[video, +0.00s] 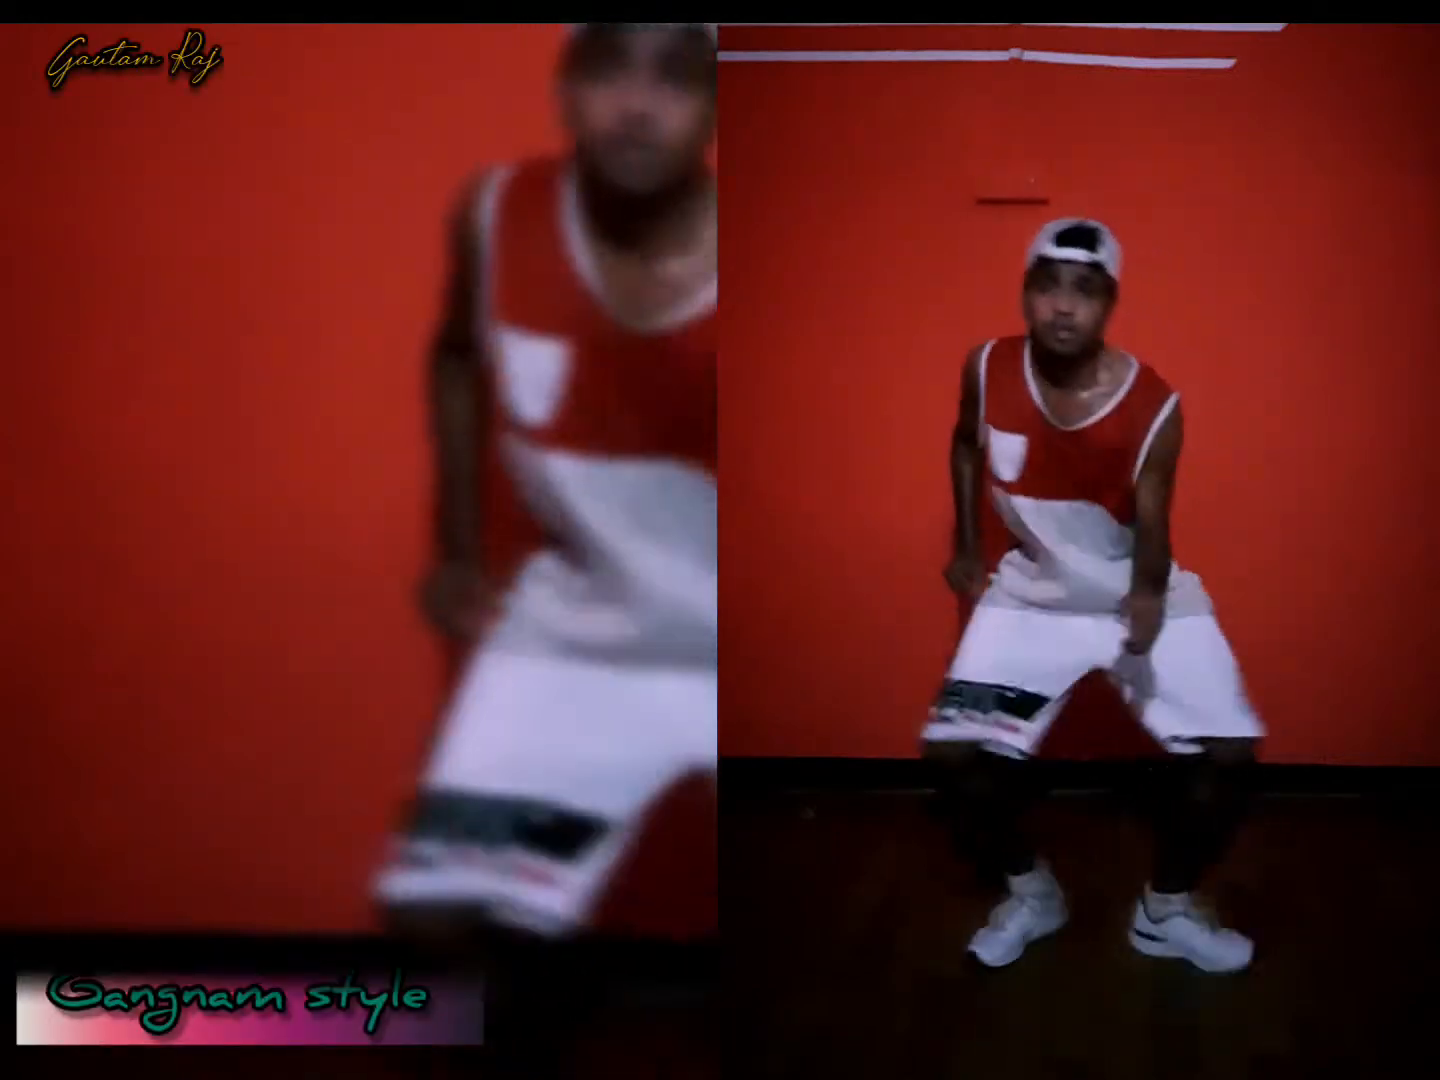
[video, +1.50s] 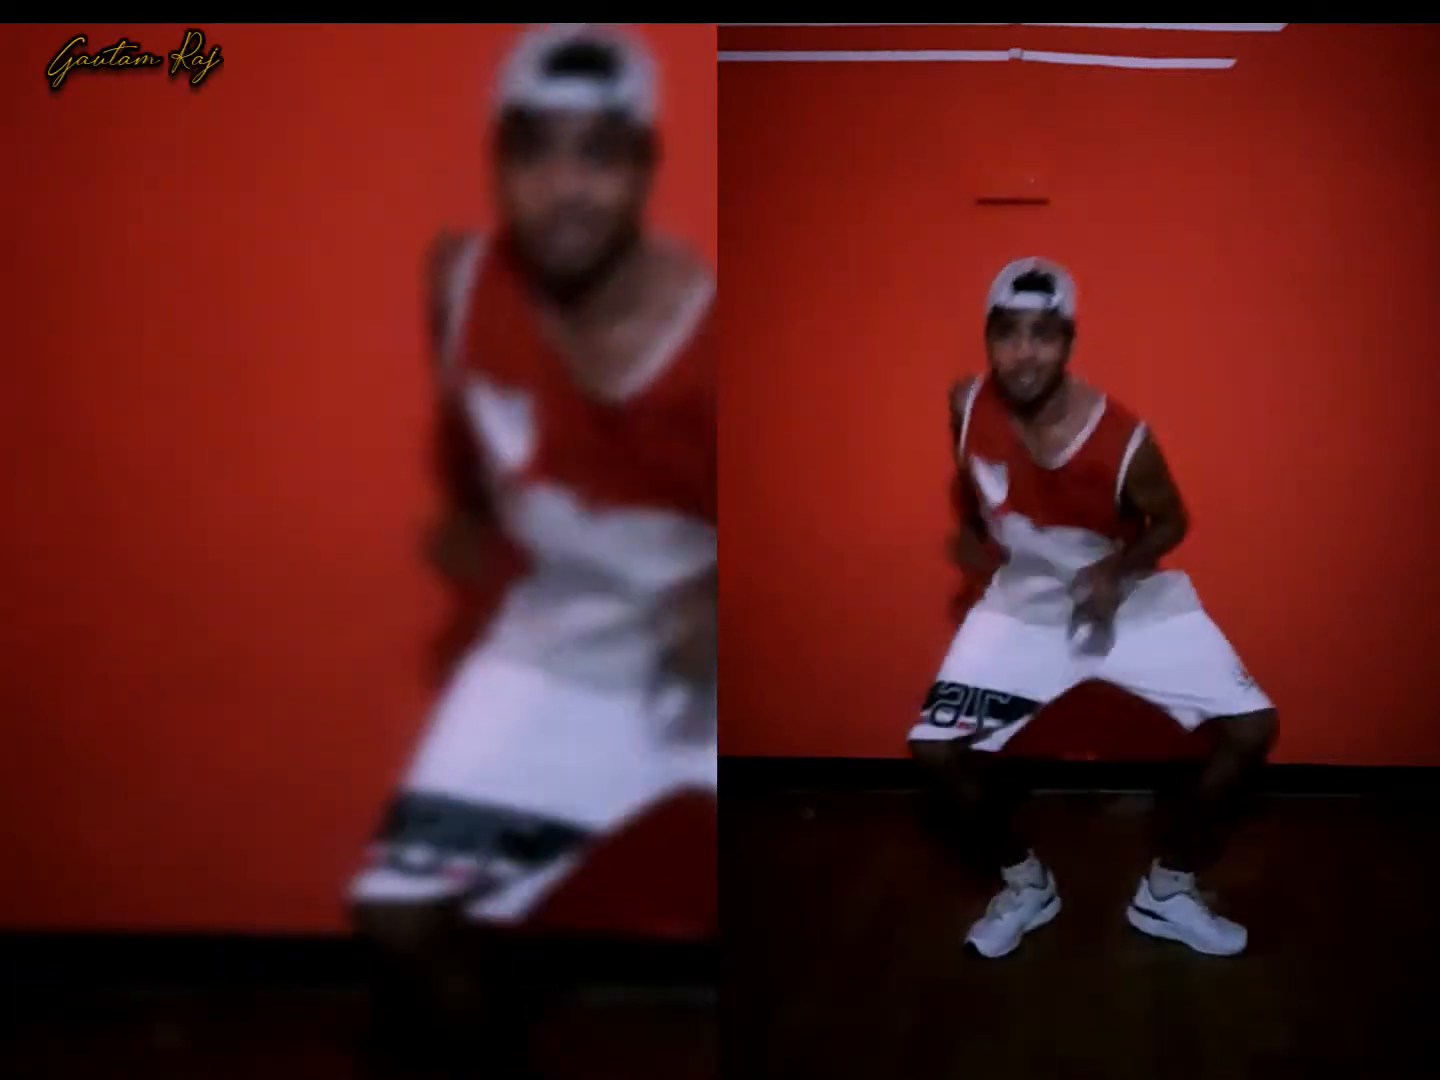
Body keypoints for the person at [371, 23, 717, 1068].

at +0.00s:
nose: (634, 106)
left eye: (673, 76)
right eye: (606, 71)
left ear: (717, 107)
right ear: (566, 90)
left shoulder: (759, 248)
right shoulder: (498, 219)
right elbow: (461, 360)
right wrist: (458, 553)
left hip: (722, 649)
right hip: (560, 628)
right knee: (454, 904)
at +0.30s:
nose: (623, 134)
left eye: (656, 103)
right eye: (595, 104)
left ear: (709, 130)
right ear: (562, 130)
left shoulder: (763, 277)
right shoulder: (526, 294)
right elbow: (475, 477)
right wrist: (537, 581)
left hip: (748, 645)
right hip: (597, 636)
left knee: (768, 915)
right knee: (506, 896)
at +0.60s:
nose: (741, 157)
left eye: (755, 129)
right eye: (721, 128)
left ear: (799, 145)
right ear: (690, 143)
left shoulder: (848, 294)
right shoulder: (615, 298)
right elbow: (551, 556)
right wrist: (572, 506)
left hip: (783, 669)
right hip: (617, 665)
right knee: (413, 899)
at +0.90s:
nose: (648, 131)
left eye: (679, 98)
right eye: (616, 97)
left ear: (719, 120)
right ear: (573, 112)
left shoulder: (756, 250)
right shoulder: (506, 256)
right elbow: (485, 446)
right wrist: (466, 641)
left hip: (730, 606)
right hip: (586, 601)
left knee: (731, 895)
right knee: (544, 883)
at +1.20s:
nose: (623, 126)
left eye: (654, 92)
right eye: (591, 96)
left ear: (706, 112)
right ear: (558, 121)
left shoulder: (766, 273)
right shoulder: (492, 254)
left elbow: (813, 501)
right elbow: (507, 408)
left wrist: (701, 653)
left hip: (745, 608)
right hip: (579, 586)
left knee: (779, 885)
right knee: (533, 883)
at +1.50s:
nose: (564, 186)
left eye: (599, 155)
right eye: (536, 153)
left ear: (647, 173)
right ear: (498, 170)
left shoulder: (720, 323)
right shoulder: (466, 280)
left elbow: (788, 491)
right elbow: (459, 438)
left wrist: (727, 599)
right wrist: (469, 524)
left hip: (697, 653)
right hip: (541, 647)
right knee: (405, 912)